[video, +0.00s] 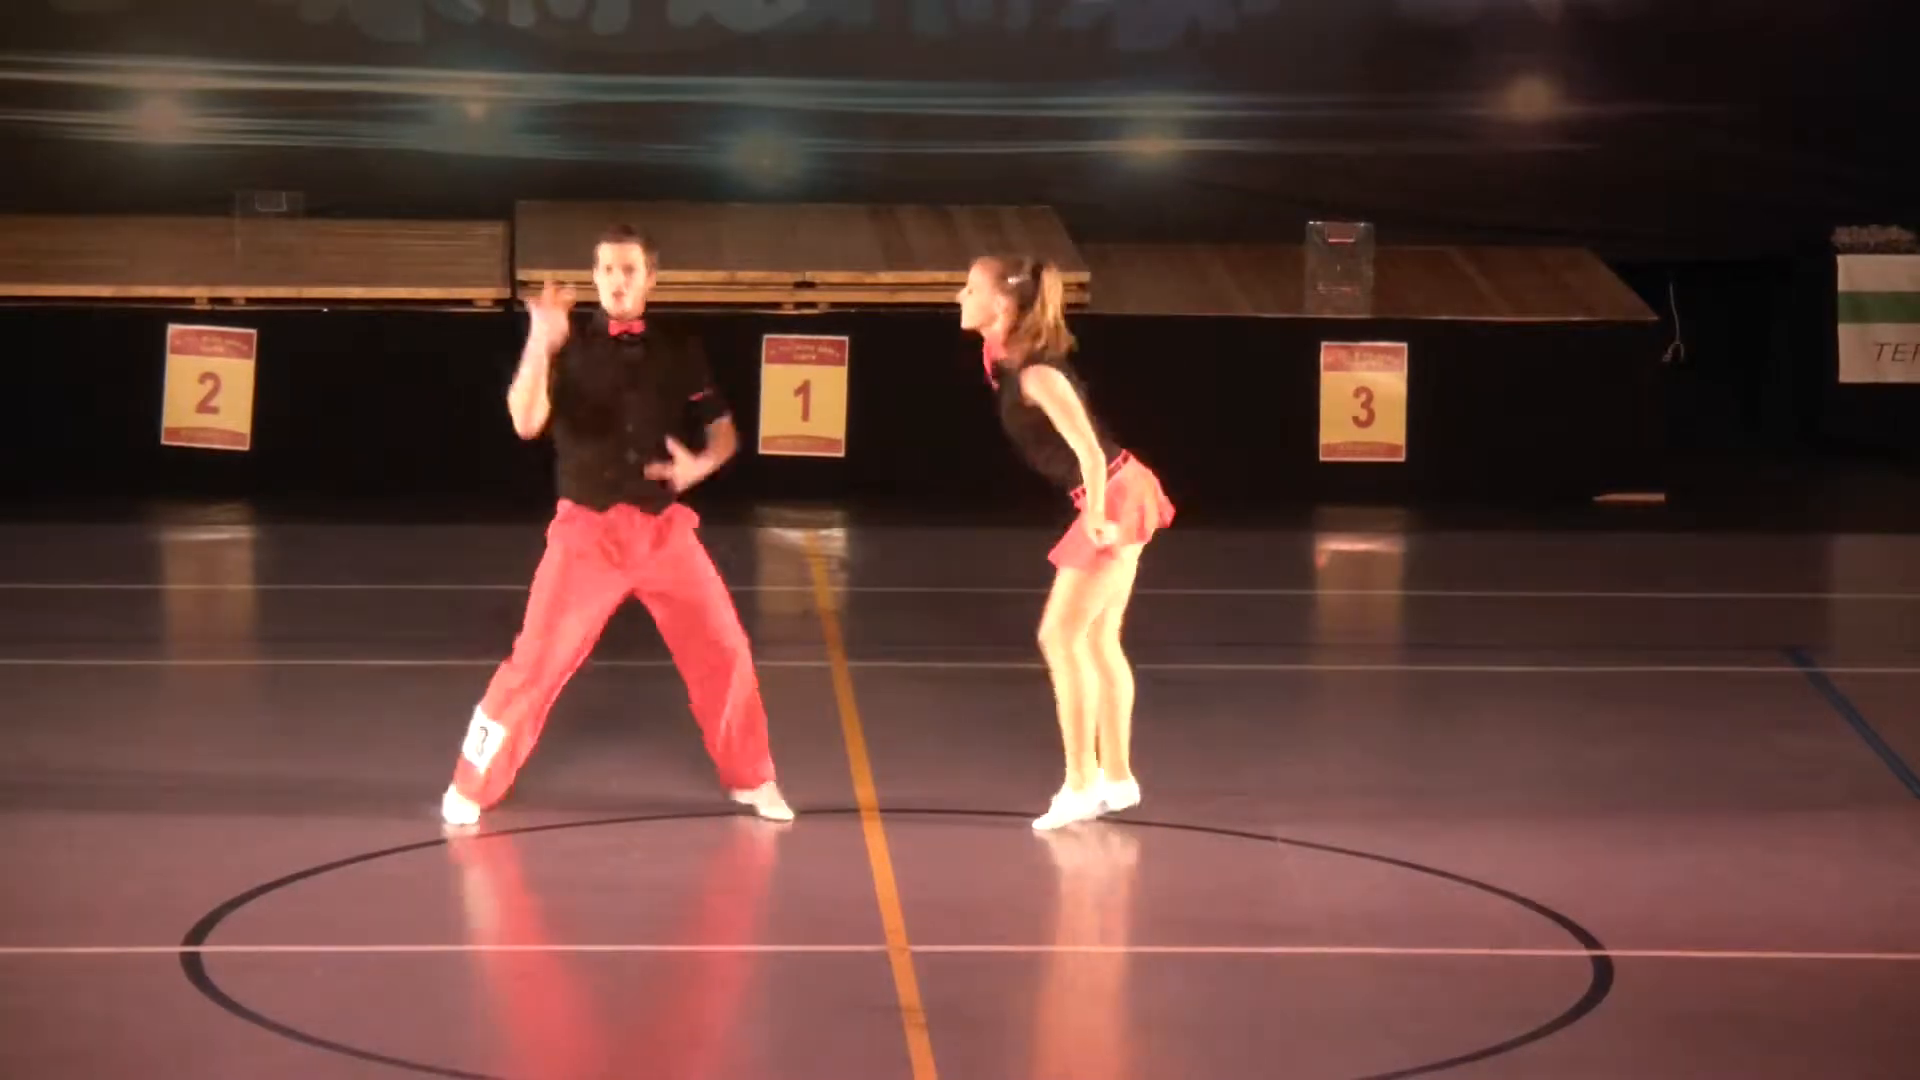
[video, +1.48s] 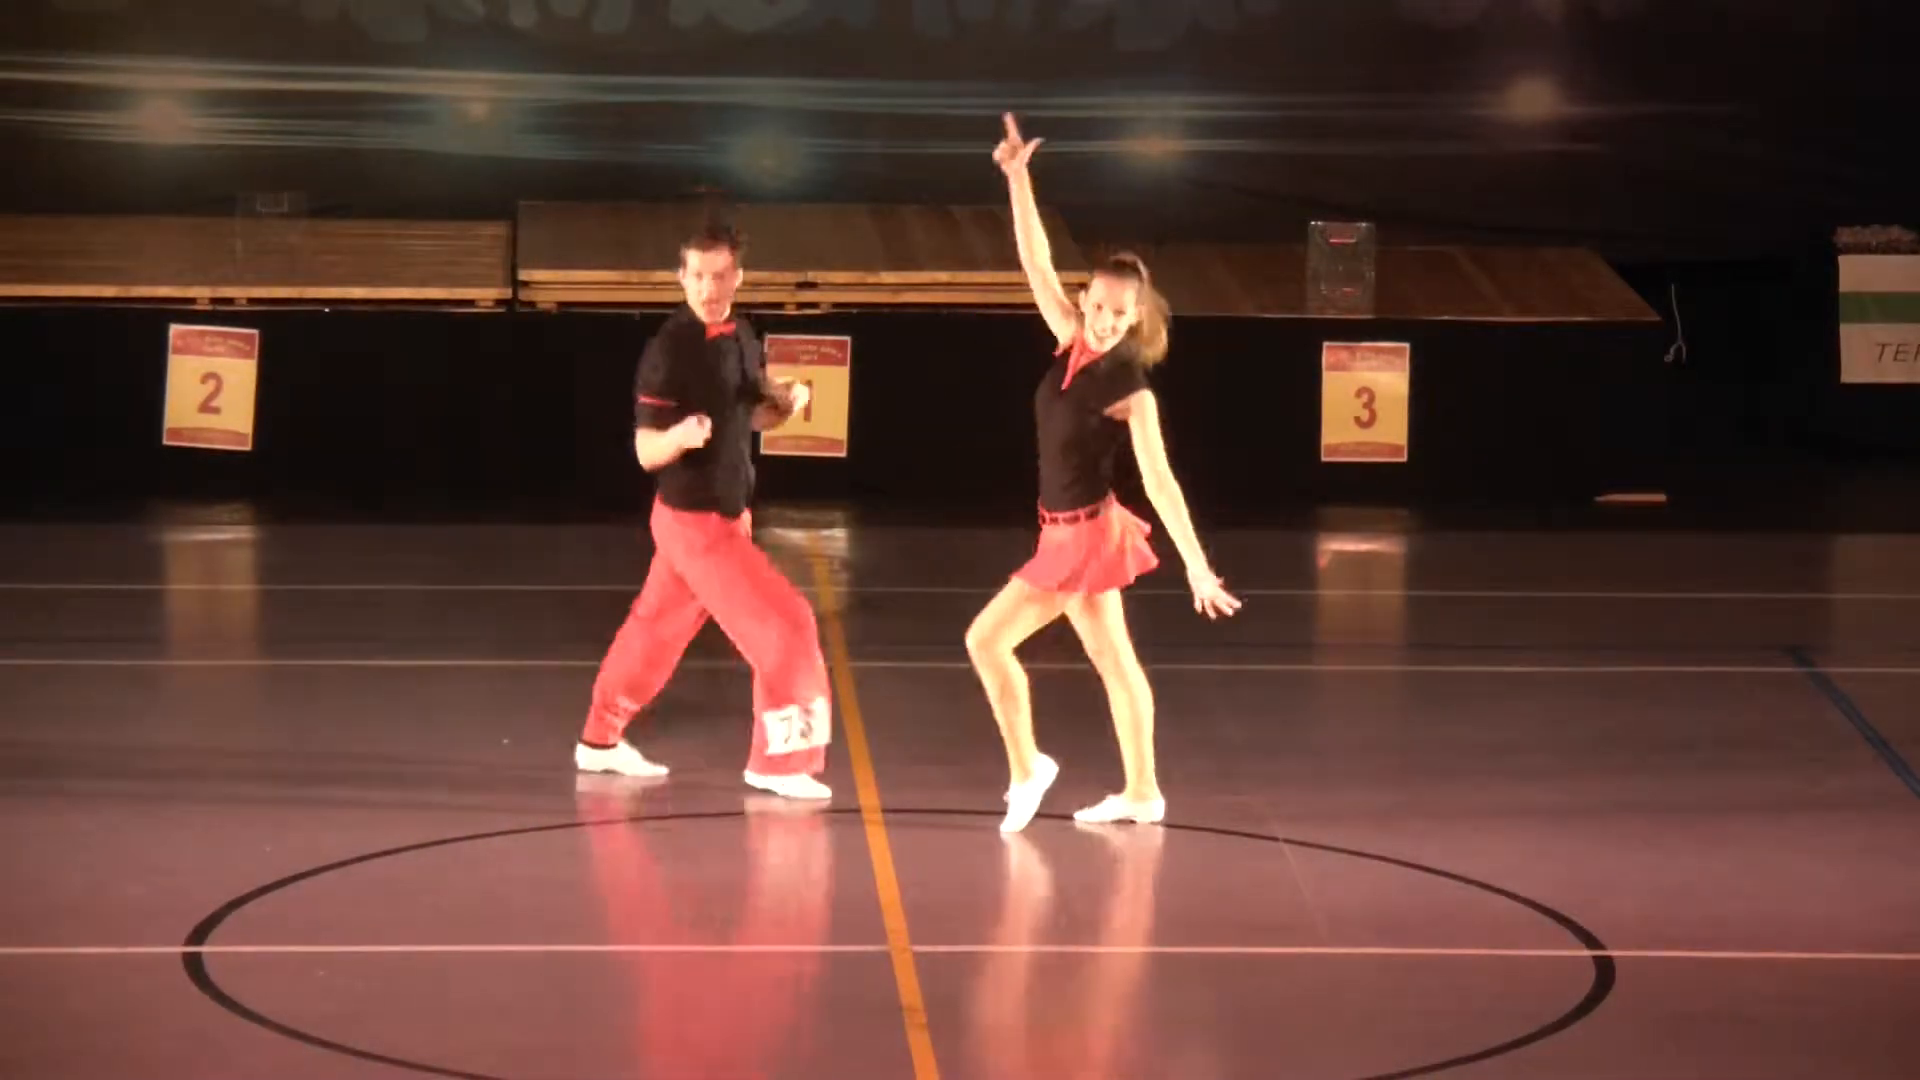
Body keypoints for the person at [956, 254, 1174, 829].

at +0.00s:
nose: (961, 299)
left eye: (971, 290)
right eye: (965, 289)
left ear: (1005, 302)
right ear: (1001, 302)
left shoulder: (1038, 375)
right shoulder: (1017, 364)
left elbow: (1091, 449)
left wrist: (1094, 518)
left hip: (1112, 503)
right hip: (1122, 498)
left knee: (1058, 635)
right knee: (1102, 639)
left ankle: (1082, 780)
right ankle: (1118, 776)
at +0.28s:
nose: (959, 300)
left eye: (970, 291)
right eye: (963, 289)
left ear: (1005, 305)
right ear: (1003, 304)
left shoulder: (1021, 373)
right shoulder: (1031, 356)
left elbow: (1075, 449)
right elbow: (1064, 439)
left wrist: (1095, 526)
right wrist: (1053, 500)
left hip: (1114, 504)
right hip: (1121, 498)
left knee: (1067, 632)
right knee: (1095, 643)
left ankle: (1099, 782)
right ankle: (1108, 779)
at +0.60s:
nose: (1009, 272)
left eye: (1019, 262)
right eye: (1011, 261)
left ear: (1054, 268)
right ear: (1043, 269)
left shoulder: (1069, 338)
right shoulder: (1039, 330)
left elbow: (1124, 392)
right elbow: (1029, 389)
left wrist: (1062, 456)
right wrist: (986, 431)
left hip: (1093, 490)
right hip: (1076, 491)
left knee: (1044, 636)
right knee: (1056, 634)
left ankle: (1089, 772)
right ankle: (1094, 765)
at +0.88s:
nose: (1096, 315)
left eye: (1111, 308)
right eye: (1091, 299)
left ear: (1124, 314)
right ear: (1073, 289)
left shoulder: (1102, 368)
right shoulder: (1067, 345)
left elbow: (1147, 450)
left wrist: (1085, 507)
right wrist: (1040, 485)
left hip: (1069, 525)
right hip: (1039, 521)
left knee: (1079, 665)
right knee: (970, 627)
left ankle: (1096, 797)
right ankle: (1030, 748)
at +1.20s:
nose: (1095, 290)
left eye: (1110, 281)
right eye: (1089, 274)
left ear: (1125, 287)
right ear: (1073, 270)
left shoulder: (1116, 350)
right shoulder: (1057, 324)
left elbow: (1153, 437)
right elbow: (996, 331)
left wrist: (1113, 470)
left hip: (1088, 506)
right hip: (1047, 502)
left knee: (1056, 642)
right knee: (1000, 623)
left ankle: (1085, 778)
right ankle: (1060, 760)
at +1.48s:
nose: (1103, 318)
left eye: (1118, 310)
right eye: (1099, 304)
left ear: (1135, 318)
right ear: (1083, 299)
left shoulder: (1129, 385)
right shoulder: (1070, 342)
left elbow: (1159, 482)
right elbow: (1036, 263)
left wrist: (1199, 569)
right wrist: (1017, 179)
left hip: (1091, 537)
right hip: (1068, 532)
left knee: (985, 641)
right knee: (1116, 661)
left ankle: (1025, 768)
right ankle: (1142, 793)